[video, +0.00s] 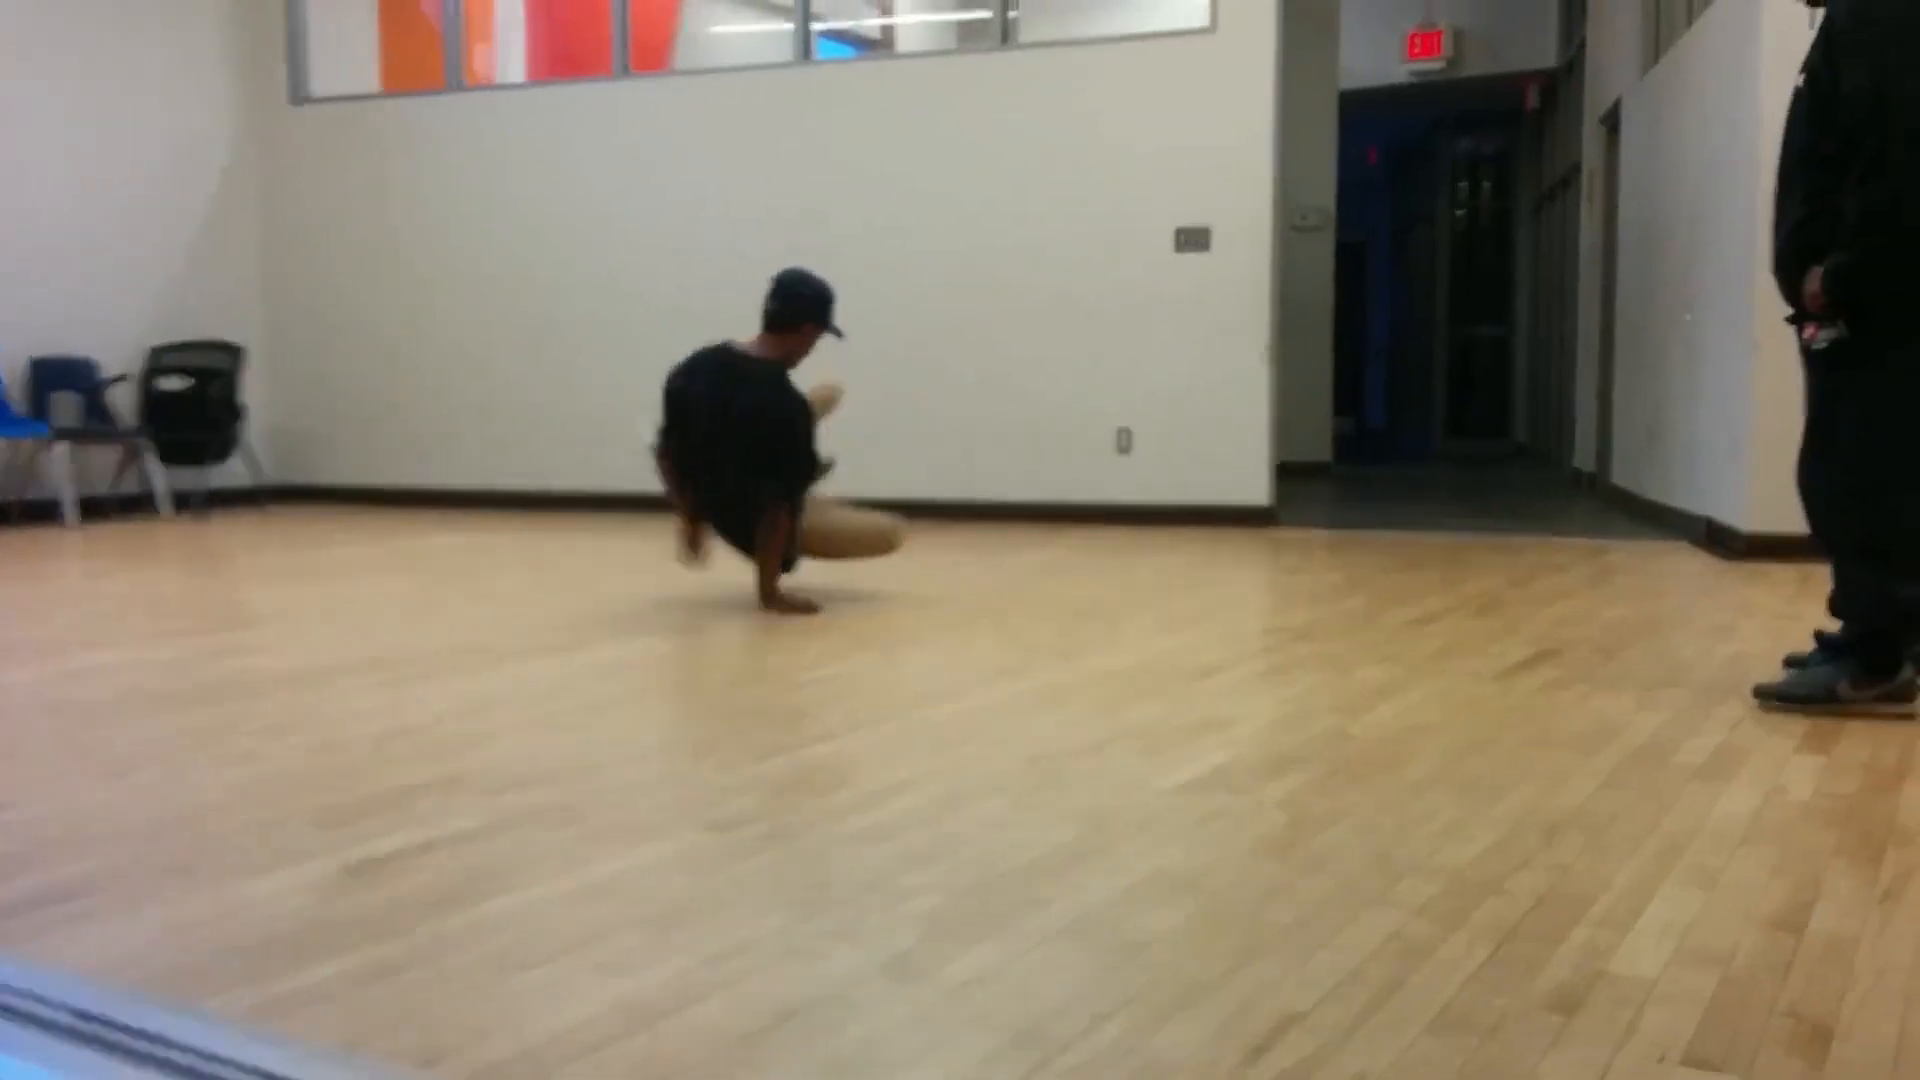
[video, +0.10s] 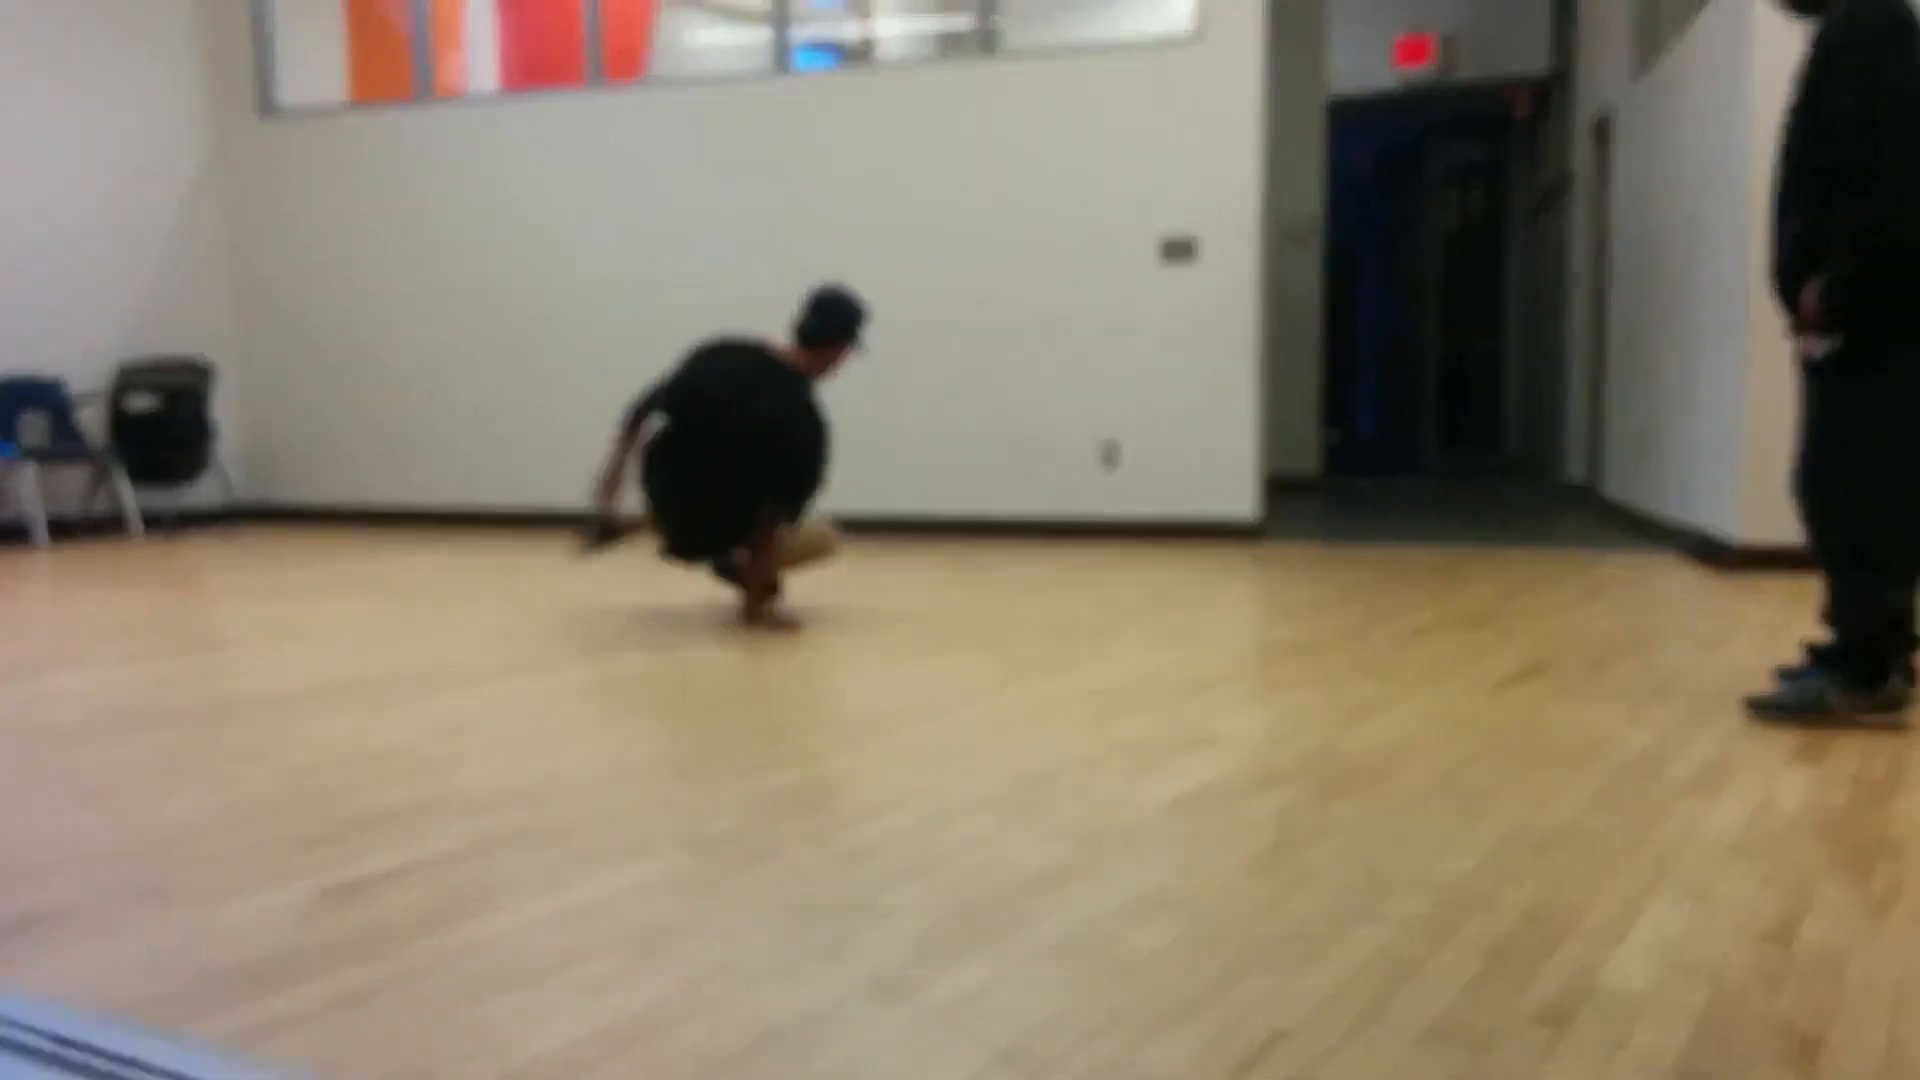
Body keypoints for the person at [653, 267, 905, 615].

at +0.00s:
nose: (812, 347)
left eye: (817, 338)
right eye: (816, 337)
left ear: (768, 316)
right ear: (804, 332)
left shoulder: (699, 365)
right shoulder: (789, 409)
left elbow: (669, 453)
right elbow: (778, 507)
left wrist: (690, 517)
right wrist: (769, 591)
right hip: (757, 523)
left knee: (830, 391)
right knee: (889, 533)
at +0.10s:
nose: (841, 361)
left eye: (846, 350)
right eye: (845, 350)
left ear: (800, 326)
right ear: (837, 351)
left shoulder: (724, 356)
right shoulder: (806, 427)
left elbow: (642, 410)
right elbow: (772, 521)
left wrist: (613, 479)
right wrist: (758, 599)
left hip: (661, 497)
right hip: (718, 532)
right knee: (822, 540)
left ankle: (619, 521)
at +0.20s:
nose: (853, 376)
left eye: (849, 360)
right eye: (856, 368)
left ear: (812, 339)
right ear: (849, 372)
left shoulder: (741, 348)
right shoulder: (810, 433)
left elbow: (645, 362)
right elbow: (763, 533)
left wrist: (563, 401)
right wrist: (743, 611)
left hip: (633, 476)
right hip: (687, 507)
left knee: (643, 570)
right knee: (788, 517)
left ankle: (524, 577)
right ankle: (734, 591)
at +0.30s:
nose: (816, 376)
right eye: (819, 370)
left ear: (780, 342)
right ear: (815, 375)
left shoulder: (709, 351)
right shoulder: (789, 432)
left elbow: (614, 344)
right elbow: (747, 526)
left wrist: (517, 354)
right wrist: (731, 609)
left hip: (614, 490)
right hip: (677, 504)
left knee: (596, 611)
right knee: (765, 514)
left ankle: (526, 593)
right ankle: (719, 589)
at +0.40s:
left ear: (716, 333)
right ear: (756, 358)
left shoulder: (664, 349)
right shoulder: (754, 410)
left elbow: (592, 343)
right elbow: (747, 499)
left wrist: (512, 342)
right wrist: (742, 593)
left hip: (614, 501)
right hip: (685, 513)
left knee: (570, 613)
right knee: (745, 480)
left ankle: (602, 593)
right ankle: (707, 576)